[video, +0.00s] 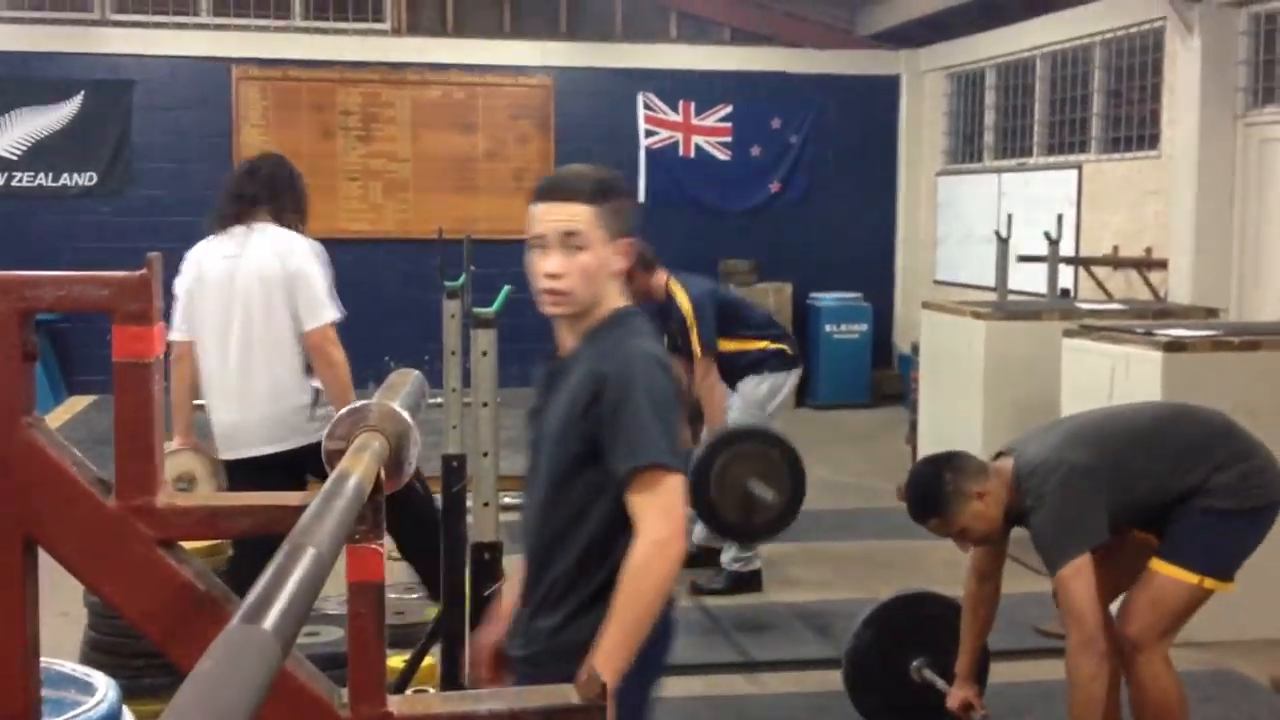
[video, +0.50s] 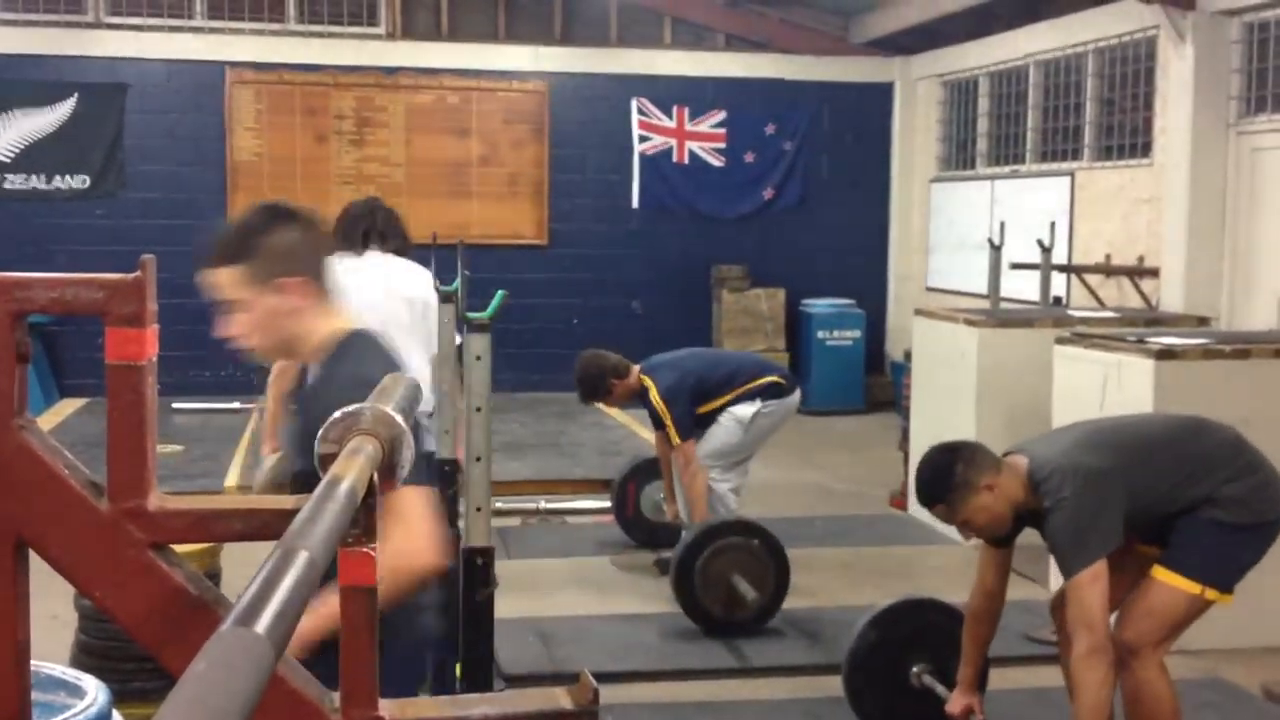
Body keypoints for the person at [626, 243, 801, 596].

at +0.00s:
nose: (628, 292)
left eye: (630, 283)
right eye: (626, 284)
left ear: (648, 275)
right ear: (644, 276)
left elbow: (708, 376)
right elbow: (683, 370)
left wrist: (718, 446)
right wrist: (688, 436)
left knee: (736, 457)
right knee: (708, 454)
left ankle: (742, 564)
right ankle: (706, 541)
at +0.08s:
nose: (616, 322)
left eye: (615, 312)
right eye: (610, 314)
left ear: (632, 299)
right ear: (635, 297)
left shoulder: (686, 319)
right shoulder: (664, 325)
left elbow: (703, 396)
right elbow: (674, 388)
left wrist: (710, 468)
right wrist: (680, 451)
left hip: (772, 371)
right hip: (747, 376)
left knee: (732, 464)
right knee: (727, 463)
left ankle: (739, 567)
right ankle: (722, 556)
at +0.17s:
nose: (613, 352)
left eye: (613, 342)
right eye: (608, 346)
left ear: (628, 327)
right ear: (630, 324)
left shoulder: (684, 343)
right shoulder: (663, 346)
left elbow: (699, 419)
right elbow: (673, 410)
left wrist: (708, 491)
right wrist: (677, 469)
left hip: (773, 380)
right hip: (750, 384)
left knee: (721, 456)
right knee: (712, 456)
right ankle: (699, 544)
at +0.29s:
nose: (614, 396)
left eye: (613, 387)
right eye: (609, 390)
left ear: (625, 372)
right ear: (628, 367)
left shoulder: (674, 385)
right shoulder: (659, 380)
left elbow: (696, 459)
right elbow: (670, 441)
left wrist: (702, 531)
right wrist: (674, 498)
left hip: (777, 391)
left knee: (713, 462)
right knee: (729, 464)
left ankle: (695, 549)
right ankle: (739, 548)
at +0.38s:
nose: (617, 406)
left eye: (613, 400)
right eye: (611, 403)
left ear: (621, 385)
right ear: (626, 376)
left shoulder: (671, 383)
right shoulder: (657, 380)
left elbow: (694, 455)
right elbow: (670, 439)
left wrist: (704, 528)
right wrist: (673, 495)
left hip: (774, 395)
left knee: (711, 465)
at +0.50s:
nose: (610, 406)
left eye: (606, 400)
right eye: (605, 402)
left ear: (615, 385)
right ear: (620, 375)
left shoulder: (662, 388)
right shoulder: (650, 381)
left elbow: (688, 461)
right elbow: (665, 445)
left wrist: (698, 535)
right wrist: (671, 503)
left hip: (769, 394)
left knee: (701, 467)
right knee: (713, 469)